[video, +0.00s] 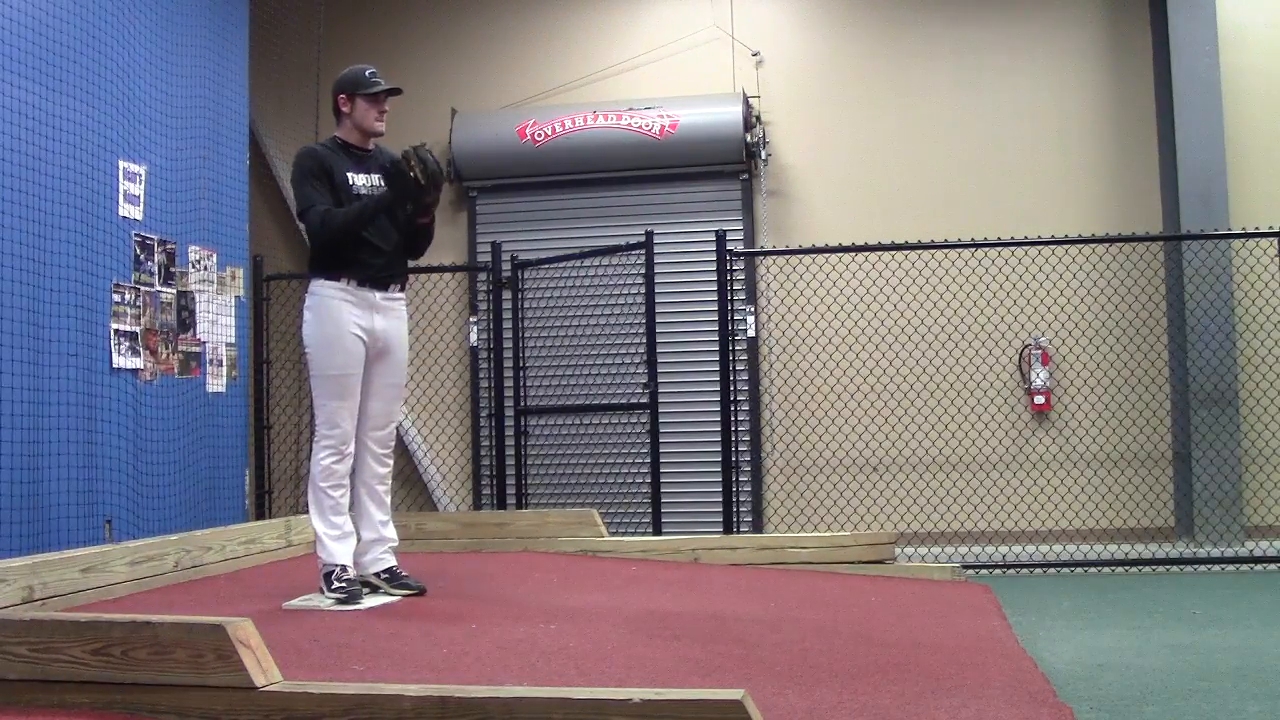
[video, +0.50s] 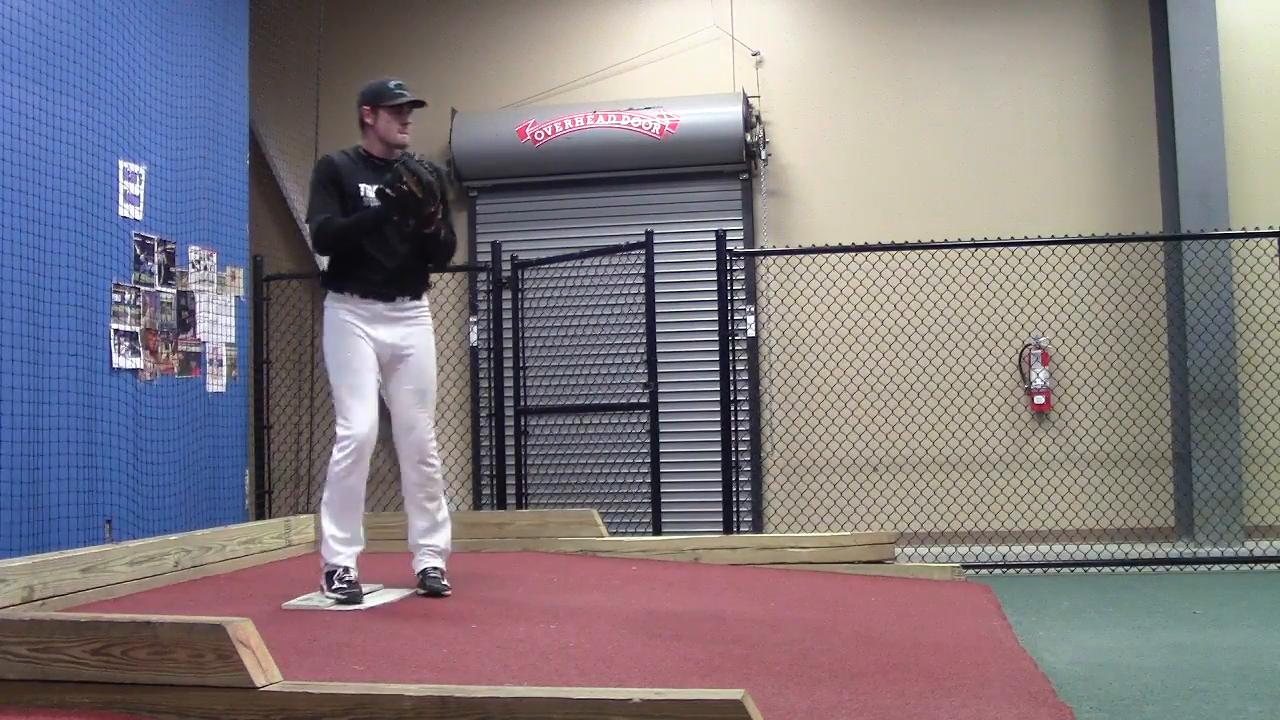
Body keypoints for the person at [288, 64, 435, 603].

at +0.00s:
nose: (384, 107)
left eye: (386, 100)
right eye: (374, 100)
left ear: (384, 107)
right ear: (345, 104)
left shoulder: (395, 168)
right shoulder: (315, 159)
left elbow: (414, 248)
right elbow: (322, 228)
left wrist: (426, 203)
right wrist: (388, 194)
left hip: (391, 310)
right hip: (336, 306)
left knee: (379, 442)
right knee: (336, 440)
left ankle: (377, 561)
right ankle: (335, 564)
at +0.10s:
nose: (382, 107)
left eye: (384, 100)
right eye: (372, 100)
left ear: (383, 107)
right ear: (343, 104)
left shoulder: (396, 165)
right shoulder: (314, 158)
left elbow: (415, 246)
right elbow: (321, 227)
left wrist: (425, 199)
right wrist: (388, 192)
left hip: (391, 309)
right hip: (337, 306)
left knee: (382, 441)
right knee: (337, 439)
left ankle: (377, 561)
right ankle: (335, 564)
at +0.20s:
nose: (382, 107)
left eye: (384, 99)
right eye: (372, 99)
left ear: (384, 106)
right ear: (343, 104)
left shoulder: (395, 164)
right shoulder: (315, 159)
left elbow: (418, 245)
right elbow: (322, 228)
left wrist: (423, 197)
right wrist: (390, 189)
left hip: (394, 309)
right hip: (338, 307)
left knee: (396, 432)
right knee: (339, 436)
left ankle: (382, 559)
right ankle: (335, 563)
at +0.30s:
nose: (385, 108)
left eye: (387, 101)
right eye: (375, 101)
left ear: (387, 107)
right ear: (346, 105)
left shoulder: (398, 164)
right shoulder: (318, 160)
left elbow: (423, 244)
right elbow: (323, 229)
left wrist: (424, 197)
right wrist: (390, 193)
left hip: (399, 310)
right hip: (341, 309)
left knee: (408, 428)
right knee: (343, 436)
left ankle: (400, 555)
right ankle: (335, 562)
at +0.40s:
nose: (394, 112)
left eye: (395, 105)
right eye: (383, 105)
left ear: (395, 111)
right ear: (355, 109)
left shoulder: (407, 166)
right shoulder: (324, 163)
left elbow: (431, 248)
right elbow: (322, 233)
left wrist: (427, 205)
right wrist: (391, 199)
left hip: (403, 314)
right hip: (345, 313)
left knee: (413, 435)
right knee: (349, 436)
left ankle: (424, 558)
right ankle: (337, 563)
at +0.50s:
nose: (406, 121)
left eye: (408, 114)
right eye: (396, 113)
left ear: (408, 120)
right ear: (368, 116)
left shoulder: (420, 175)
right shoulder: (336, 167)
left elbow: (443, 256)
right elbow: (324, 236)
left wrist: (432, 222)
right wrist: (386, 210)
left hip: (410, 319)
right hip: (351, 317)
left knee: (419, 440)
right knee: (358, 432)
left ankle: (431, 558)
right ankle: (339, 562)